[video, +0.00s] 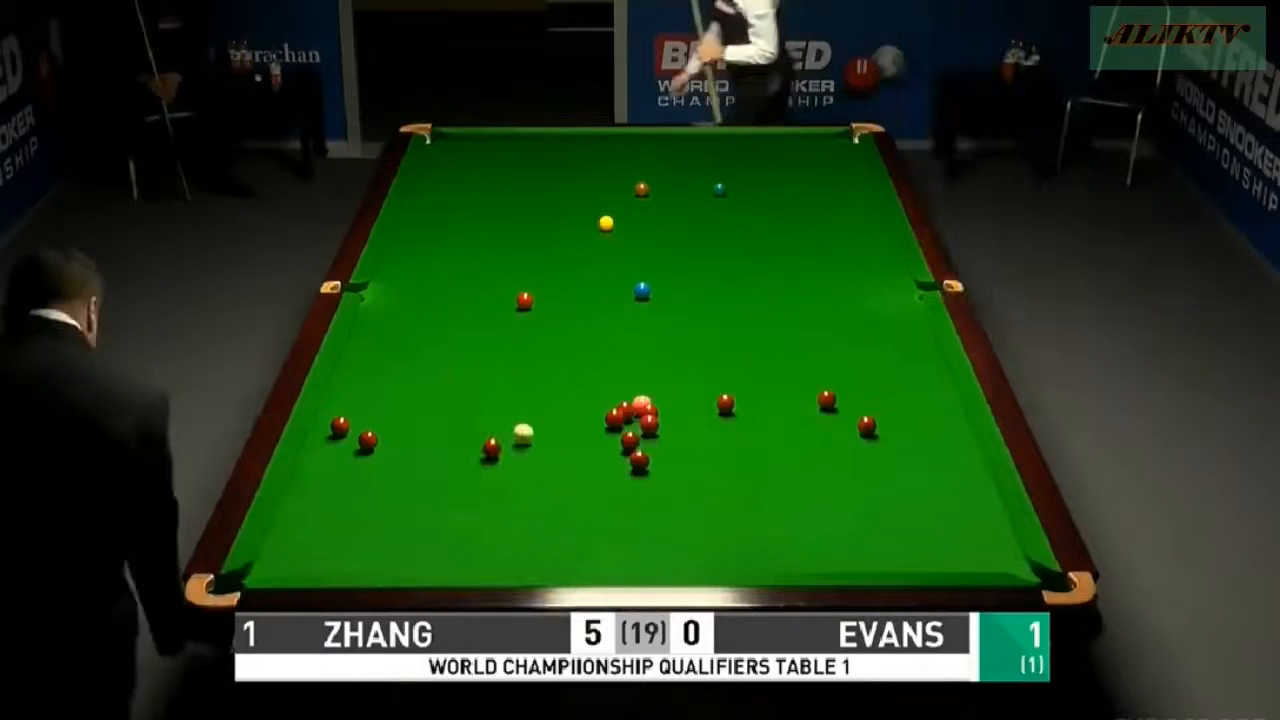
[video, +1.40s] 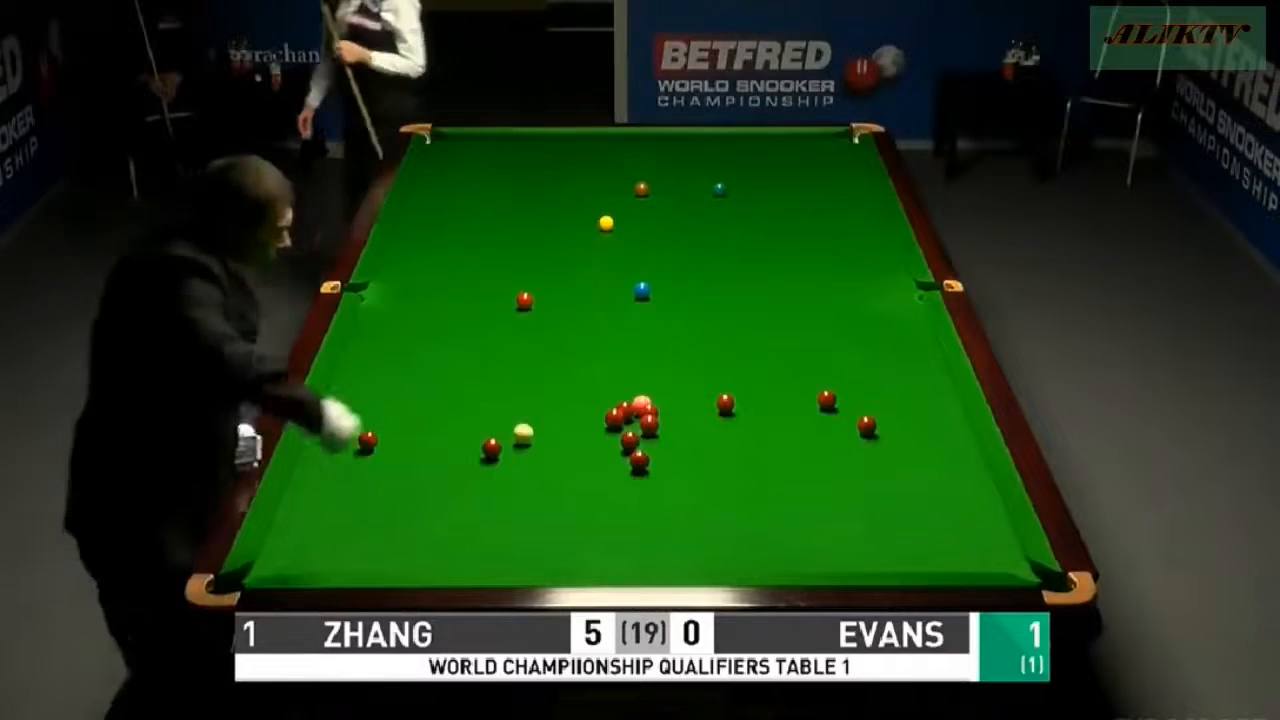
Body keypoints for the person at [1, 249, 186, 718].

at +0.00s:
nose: (99, 324)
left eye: (97, 310)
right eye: (98, 309)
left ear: (14, 308)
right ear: (88, 312)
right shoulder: (125, 399)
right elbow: (150, 533)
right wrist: (171, 631)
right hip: (84, 623)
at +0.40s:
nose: (151, 343)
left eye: (156, 332)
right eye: (156, 331)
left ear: (91, 297)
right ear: (142, 321)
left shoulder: (10, 330)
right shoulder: (141, 398)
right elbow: (168, 525)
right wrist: (196, 609)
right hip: (48, 594)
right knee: (62, 711)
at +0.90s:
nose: (218, 297)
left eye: (221, 285)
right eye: (216, 285)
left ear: (136, 253)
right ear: (184, 283)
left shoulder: (34, 275)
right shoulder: (165, 368)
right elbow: (167, 510)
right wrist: (186, 596)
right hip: (62, 565)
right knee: (74, 708)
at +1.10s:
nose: (234, 267)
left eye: (235, 256)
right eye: (229, 257)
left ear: (151, 236)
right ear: (193, 257)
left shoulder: (67, 280)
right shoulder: (168, 345)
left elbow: (40, 409)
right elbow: (161, 466)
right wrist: (177, 519)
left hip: (43, 512)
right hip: (113, 545)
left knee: (76, 672)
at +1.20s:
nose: (246, 257)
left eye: (247, 245)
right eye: (240, 246)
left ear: (177, 231)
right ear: (201, 242)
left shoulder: (94, 277)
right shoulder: (162, 316)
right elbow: (158, 442)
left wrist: (197, 444)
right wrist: (207, 485)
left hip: (69, 517)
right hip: (121, 536)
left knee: (102, 669)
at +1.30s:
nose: (269, 243)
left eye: (270, 231)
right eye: (262, 231)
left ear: (213, 222)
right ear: (224, 227)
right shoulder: (164, 279)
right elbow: (191, 371)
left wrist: (232, 429)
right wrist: (261, 426)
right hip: (132, 510)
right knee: (156, 667)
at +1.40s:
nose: (286, 241)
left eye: (287, 229)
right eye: (279, 230)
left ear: (237, 221)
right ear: (239, 226)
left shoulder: (200, 264)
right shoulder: (179, 276)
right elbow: (220, 362)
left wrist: (228, 427)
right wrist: (313, 410)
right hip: (133, 508)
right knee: (168, 665)